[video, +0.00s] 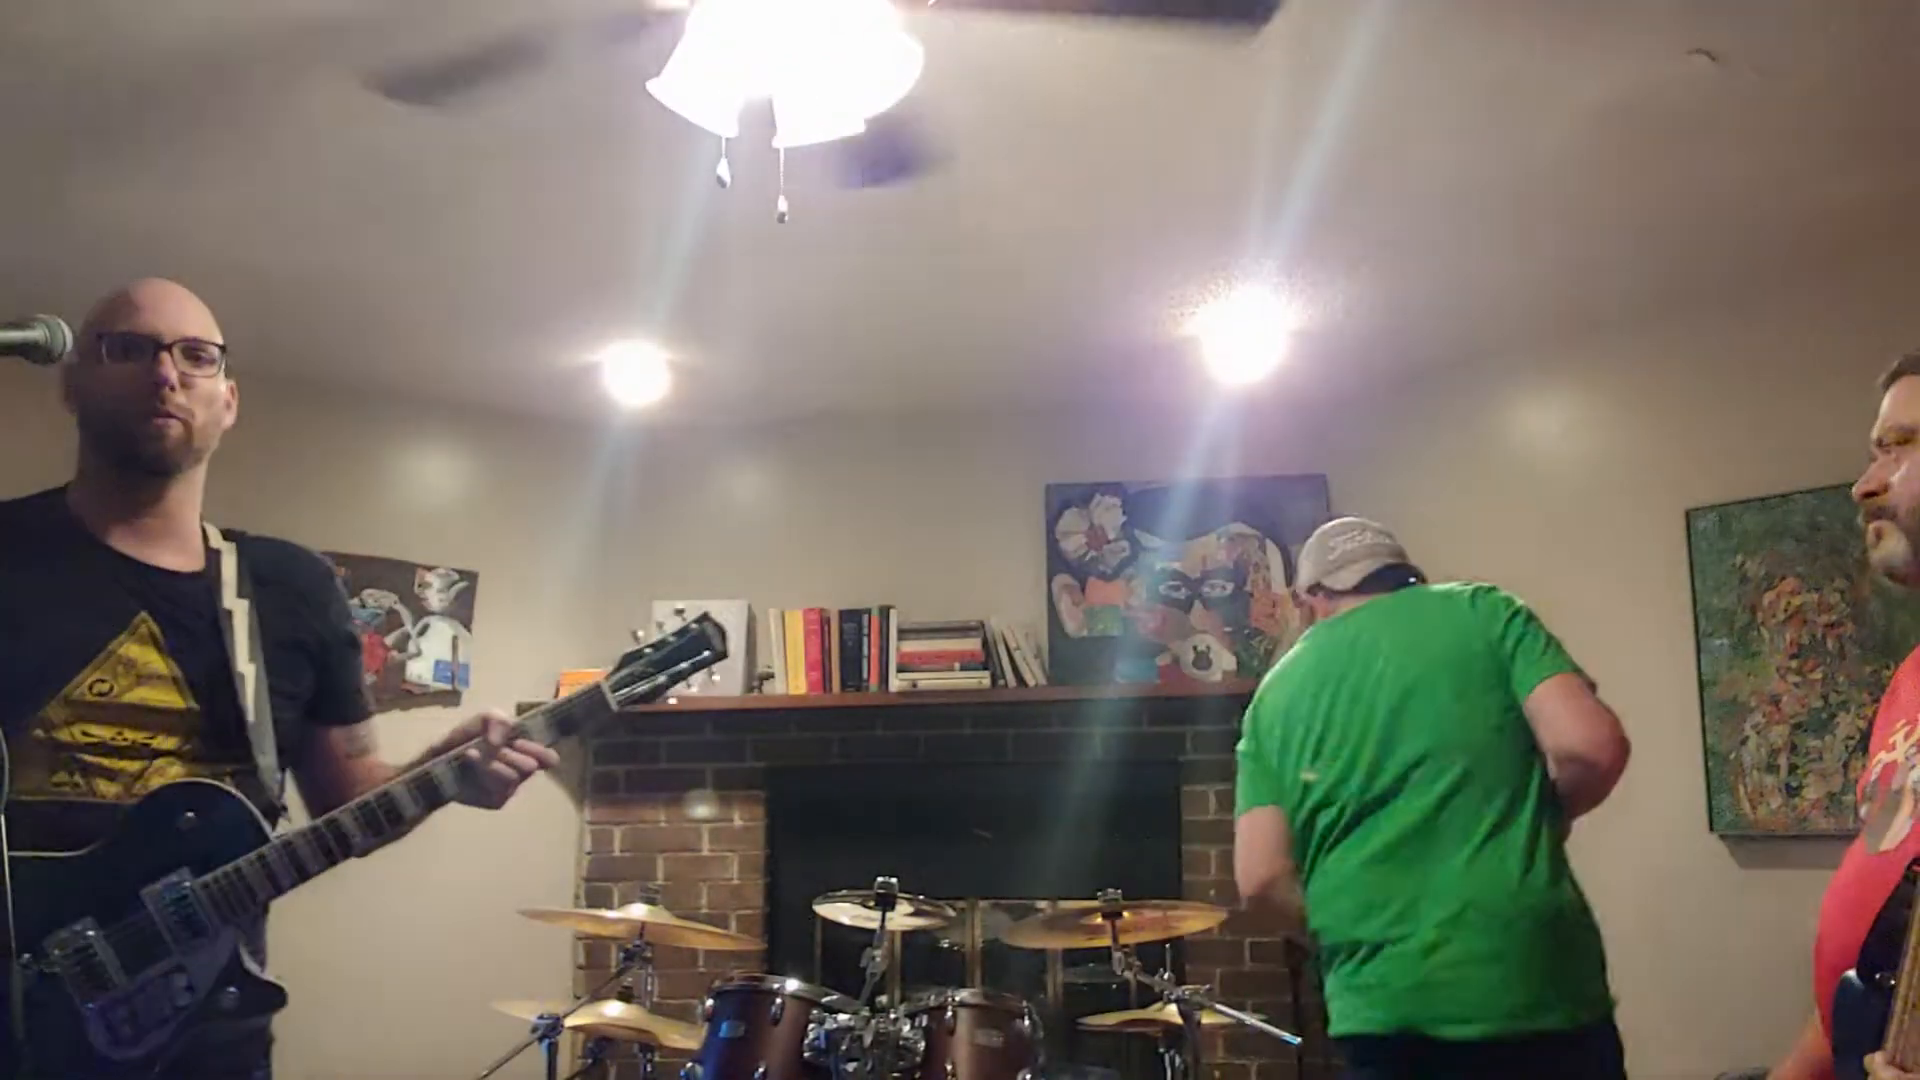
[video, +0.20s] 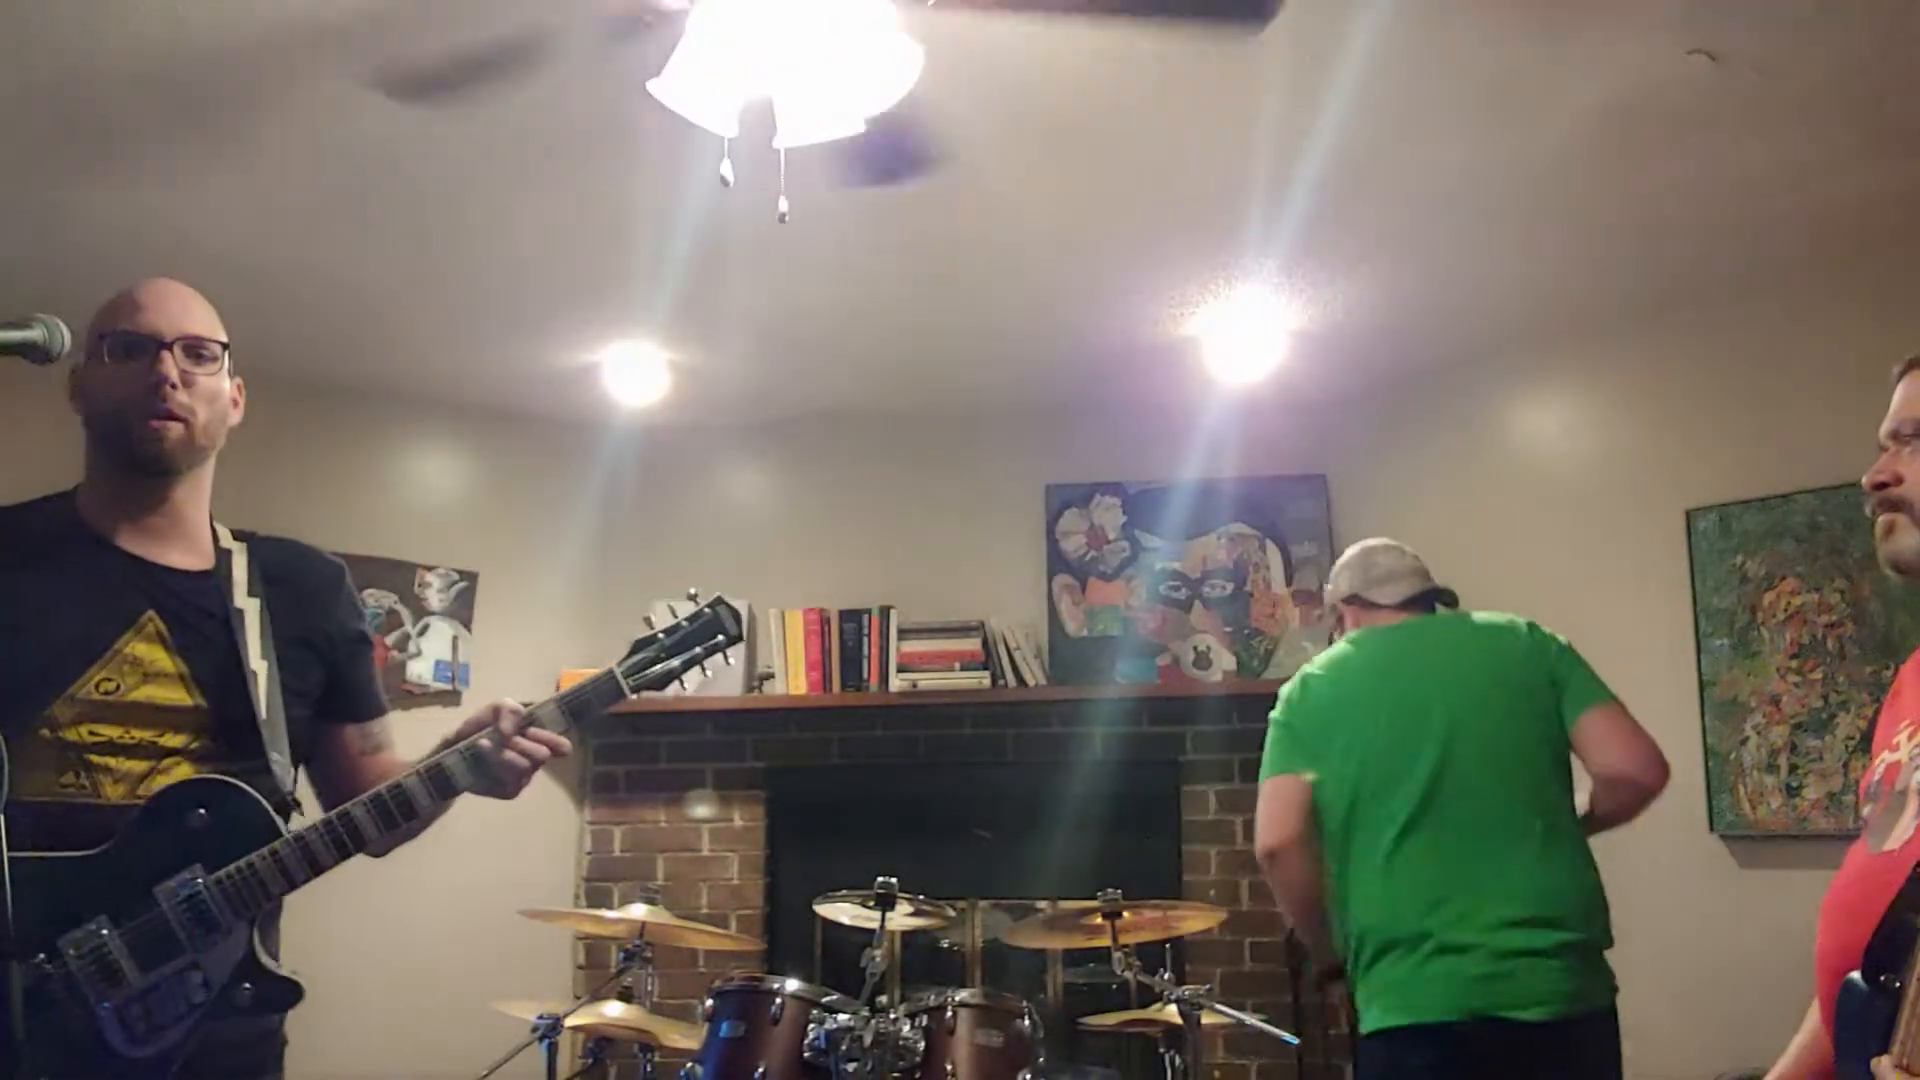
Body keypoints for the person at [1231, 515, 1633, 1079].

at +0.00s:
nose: (1305, 618)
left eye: (1303, 610)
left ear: (1314, 602)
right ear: (1411, 578)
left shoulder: (1276, 691)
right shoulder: (1484, 609)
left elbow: (1260, 878)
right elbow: (1592, 747)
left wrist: (1343, 923)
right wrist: (1539, 819)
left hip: (1382, 1005)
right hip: (1541, 988)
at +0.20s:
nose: (1336, 633)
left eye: (1333, 625)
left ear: (1347, 616)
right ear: (1434, 602)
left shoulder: (1311, 688)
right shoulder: (1528, 644)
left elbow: (1277, 841)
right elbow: (1637, 770)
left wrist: (1326, 948)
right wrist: (1570, 828)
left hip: (1412, 1014)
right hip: (1563, 1007)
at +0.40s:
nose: (1338, 675)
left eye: (1339, 661)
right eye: (1336, 664)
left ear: (1361, 647)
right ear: (1426, 640)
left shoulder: (1339, 713)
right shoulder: (1537, 699)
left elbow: (1334, 859)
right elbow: (1631, 846)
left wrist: (1321, 1017)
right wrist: (1552, 876)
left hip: (1416, 1027)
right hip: (1553, 1025)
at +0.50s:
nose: (1312, 670)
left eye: (1310, 655)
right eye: (1307, 658)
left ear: (1337, 636)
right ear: (1395, 628)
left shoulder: (1331, 697)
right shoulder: (1509, 684)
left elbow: (1346, 832)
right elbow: (1590, 831)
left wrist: (1343, 989)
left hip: (1425, 1007)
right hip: (1544, 1001)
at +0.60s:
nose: (1281, 677)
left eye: (1279, 657)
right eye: (1274, 661)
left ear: (1314, 637)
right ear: (1363, 629)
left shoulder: (1323, 698)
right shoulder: (1472, 681)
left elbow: (1357, 818)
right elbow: (1538, 827)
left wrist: (1361, 975)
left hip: (1402, 1009)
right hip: (1527, 1007)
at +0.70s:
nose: (1259, 692)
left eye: (1258, 670)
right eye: (1253, 674)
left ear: (1294, 652)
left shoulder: (1311, 710)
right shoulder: (1446, 690)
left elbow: (1360, 829)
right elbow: (1496, 826)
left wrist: (1369, 988)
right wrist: (1351, 844)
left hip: (1386, 1020)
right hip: (1504, 1009)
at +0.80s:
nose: (1207, 711)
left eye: (1206, 691)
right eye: (1200, 696)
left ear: (1242, 671)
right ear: (1249, 666)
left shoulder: (1276, 727)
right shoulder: (1378, 701)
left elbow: (1343, 857)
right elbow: (1398, 846)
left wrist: (1372, 1011)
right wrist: (1299, 881)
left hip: (1347, 1022)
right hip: (1451, 1011)